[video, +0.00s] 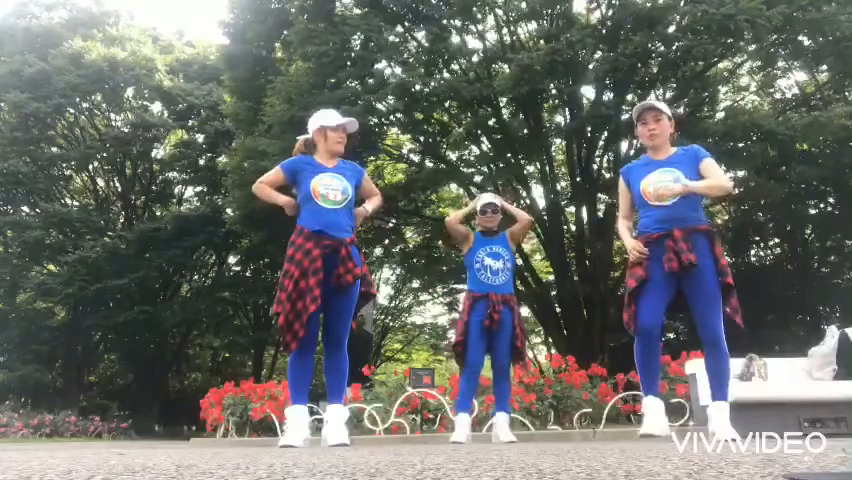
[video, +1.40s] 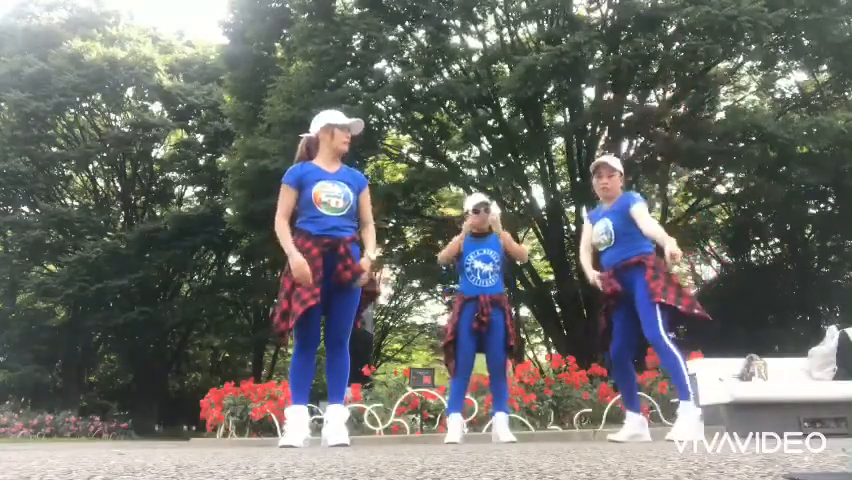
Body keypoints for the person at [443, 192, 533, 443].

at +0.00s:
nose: (490, 215)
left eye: (494, 212)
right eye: (485, 211)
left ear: (501, 216)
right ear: (477, 216)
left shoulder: (508, 238)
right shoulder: (469, 239)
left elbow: (527, 220)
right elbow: (451, 222)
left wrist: (504, 205)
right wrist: (471, 208)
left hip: (505, 304)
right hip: (478, 303)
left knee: (502, 364)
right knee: (473, 363)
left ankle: (501, 421)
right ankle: (462, 420)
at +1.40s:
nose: (479, 215)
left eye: (483, 211)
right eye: (474, 211)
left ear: (491, 214)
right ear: (467, 216)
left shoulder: (501, 238)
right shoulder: (462, 240)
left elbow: (522, 256)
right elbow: (443, 258)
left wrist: (501, 233)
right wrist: (463, 234)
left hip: (496, 304)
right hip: (468, 304)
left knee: (497, 365)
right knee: (463, 364)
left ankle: (500, 423)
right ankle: (454, 421)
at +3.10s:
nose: (466, 213)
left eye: (470, 209)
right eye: (461, 210)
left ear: (478, 212)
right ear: (455, 216)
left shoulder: (490, 240)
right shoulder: (448, 239)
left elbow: (499, 275)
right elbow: (438, 270)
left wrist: (505, 303)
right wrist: (442, 301)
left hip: (488, 303)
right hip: (461, 302)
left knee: (487, 362)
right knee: (460, 362)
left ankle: (489, 422)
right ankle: (452, 420)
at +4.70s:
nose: (444, 222)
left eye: (449, 219)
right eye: (439, 218)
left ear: (455, 224)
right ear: (432, 222)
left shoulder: (462, 248)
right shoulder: (423, 253)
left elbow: (484, 274)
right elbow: (418, 284)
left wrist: (474, 307)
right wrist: (423, 302)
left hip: (464, 313)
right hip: (436, 314)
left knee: (473, 362)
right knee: (421, 352)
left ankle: (482, 419)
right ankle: (423, 410)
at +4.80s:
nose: (437, 226)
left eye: (442, 223)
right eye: (432, 222)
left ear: (448, 228)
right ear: (424, 226)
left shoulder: (454, 253)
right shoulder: (418, 259)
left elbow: (479, 281)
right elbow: (416, 291)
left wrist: (469, 312)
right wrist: (418, 313)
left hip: (459, 320)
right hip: (432, 322)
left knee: (470, 369)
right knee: (411, 353)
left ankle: (482, 422)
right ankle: (410, 411)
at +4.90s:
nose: (429, 224)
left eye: (435, 222)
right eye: (425, 220)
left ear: (440, 228)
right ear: (417, 225)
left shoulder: (445, 253)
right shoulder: (410, 258)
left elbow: (467, 279)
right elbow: (408, 289)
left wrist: (460, 315)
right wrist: (408, 314)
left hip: (447, 321)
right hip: (421, 323)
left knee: (460, 369)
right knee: (400, 360)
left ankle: (481, 419)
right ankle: (397, 418)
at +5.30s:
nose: (427, 221)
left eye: (432, 217)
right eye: (422, 216)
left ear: (436, 222)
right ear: (411, 218)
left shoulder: (430, 253)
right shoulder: (400, 239)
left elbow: (425, 286)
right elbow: (378, 260)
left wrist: (434, 300)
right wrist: (407, 284)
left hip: (418, 309)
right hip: (393, 305)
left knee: (444, 340)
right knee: (390, 363)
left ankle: (407, 366)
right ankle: (370, 420)